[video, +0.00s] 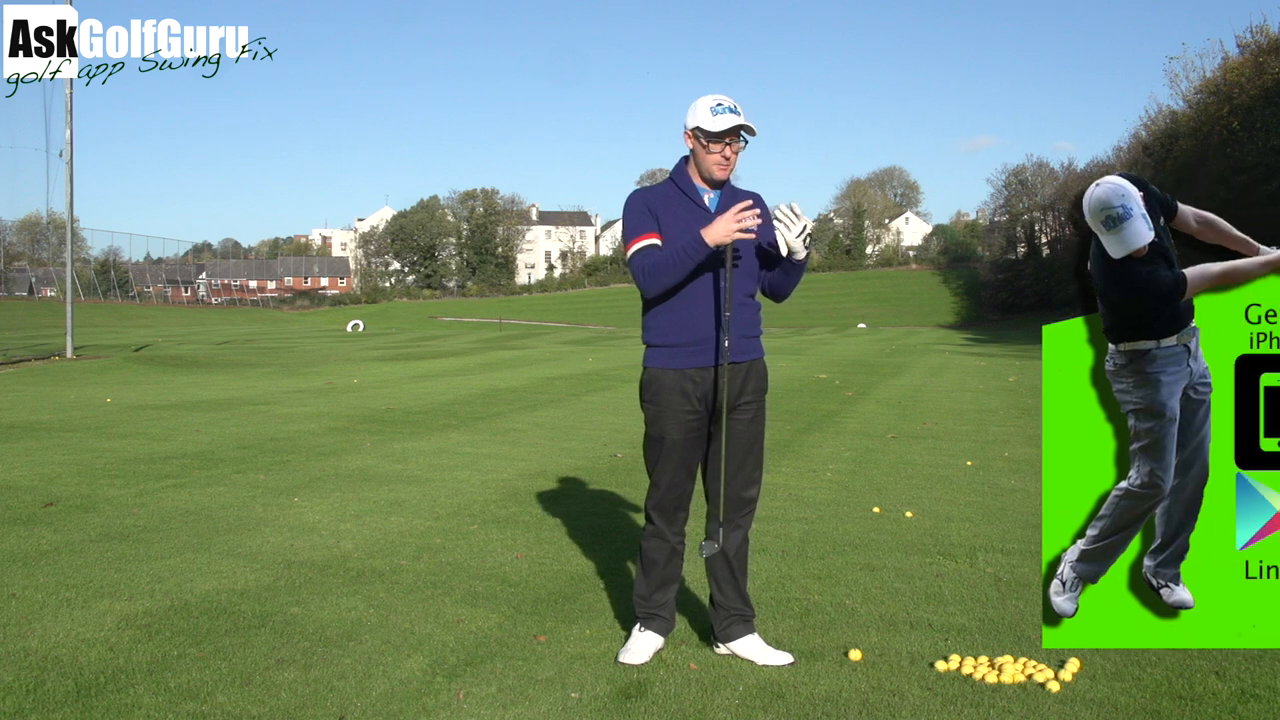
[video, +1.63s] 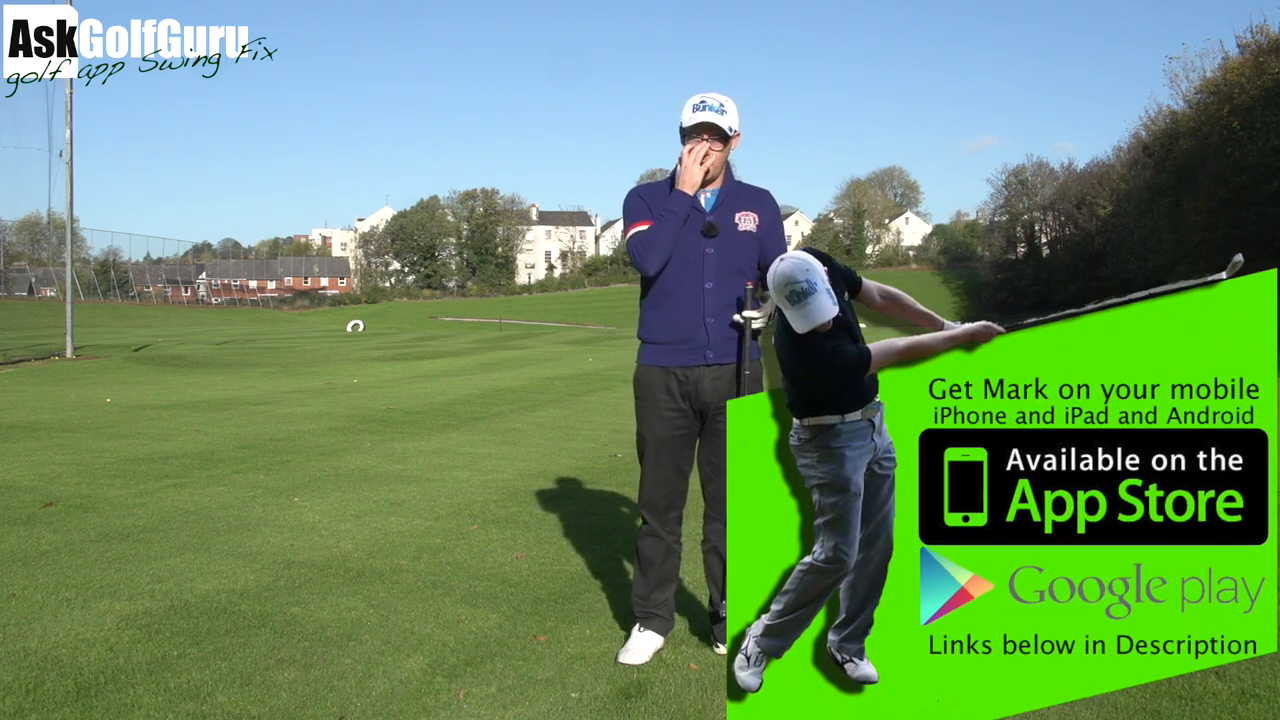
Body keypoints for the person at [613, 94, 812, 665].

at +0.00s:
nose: (730, 150)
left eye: (737, 140)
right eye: (718, 140)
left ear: (742, 145)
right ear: (691, 140)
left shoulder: (751, 206)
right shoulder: (647, 203)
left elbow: (776, 287)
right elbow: (652, 280)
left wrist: (796, 253)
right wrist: (709, 237)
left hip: (744, 372)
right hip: (675, 374)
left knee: (735, 506)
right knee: (667, 505)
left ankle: (733, 627)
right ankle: (653, 621)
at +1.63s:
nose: (702, 145)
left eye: (714, 137)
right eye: (694, 135)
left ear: (733, 144)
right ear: (681, 140)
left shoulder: (759, 203)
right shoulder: (648, 197)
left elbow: (778, 281)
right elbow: (646, 259)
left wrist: (768, 308)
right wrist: (685, 193)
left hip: (736, 373)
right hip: (663, 373)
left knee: (731, 510)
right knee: (659, 507)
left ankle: (732, 623)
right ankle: (652, 620)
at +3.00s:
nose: (677, 143)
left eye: (688, 135)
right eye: (669, 134)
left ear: (704, 142)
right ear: (656, 139)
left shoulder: (732, 199)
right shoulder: (618, 209)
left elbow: (750, 280)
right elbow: (622, 296)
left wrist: (721, 336)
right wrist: (679, 335)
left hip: (714, 371)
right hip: (643, 373)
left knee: (719, 504)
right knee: (648, 507)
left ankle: (727, 620)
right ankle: (650, 620)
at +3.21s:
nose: (664, 144)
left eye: (674, 135)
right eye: (654, 135)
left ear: (689, 142)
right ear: (641, 141)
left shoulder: (718, 199)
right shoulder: (604, 210)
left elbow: (732, 281)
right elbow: (607, 297)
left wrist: (707, 337)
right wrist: (666, 334)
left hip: (704, 371)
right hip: (634, 375)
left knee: (718, 504)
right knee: (642, 505)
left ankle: (727, 622)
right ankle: (651, 619)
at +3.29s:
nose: (658, 149)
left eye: (668, 140)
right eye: (649, 139)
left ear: (683, 146)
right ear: (635, 145)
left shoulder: (713, 201)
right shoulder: (600, 213)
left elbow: (729, 282)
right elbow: (603, 301)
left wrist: (705, 337)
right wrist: (662, 337)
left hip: (699, 373)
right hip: (628, 376)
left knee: (719, 503)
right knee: (638, 505)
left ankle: (731, 623)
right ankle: (649, 620)